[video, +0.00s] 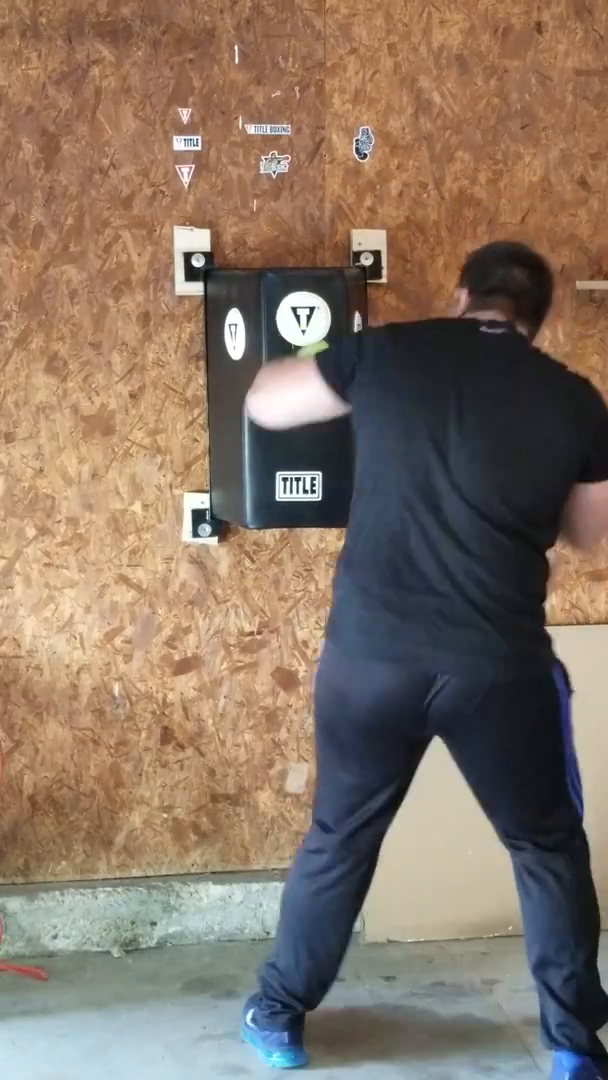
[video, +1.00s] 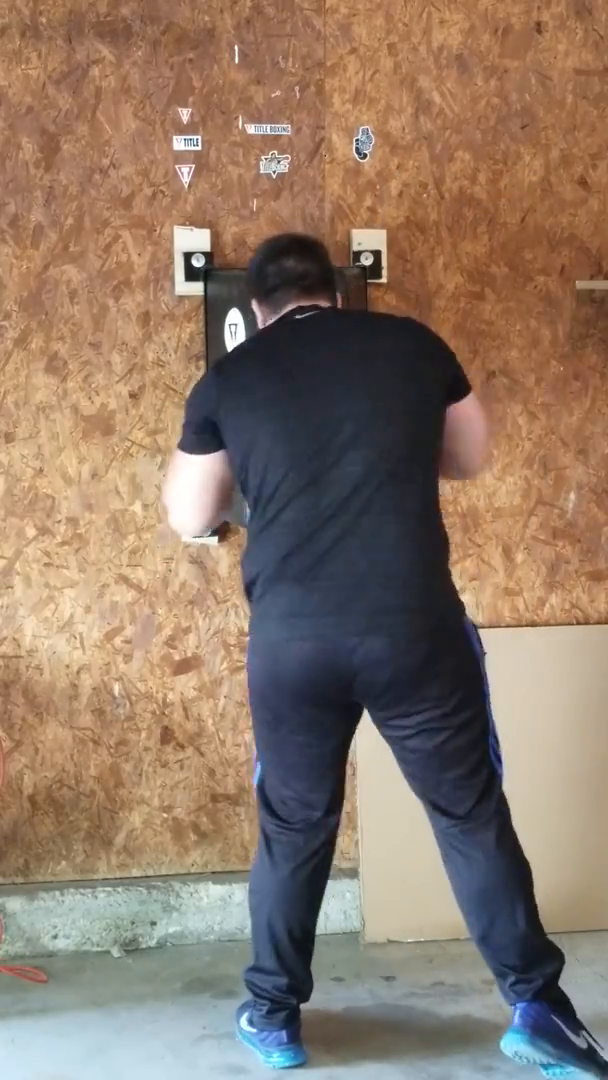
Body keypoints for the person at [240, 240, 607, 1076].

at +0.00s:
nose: (449, 305)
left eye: (452, 296)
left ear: (459, 297)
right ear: (539, 319)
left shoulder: (385, 354)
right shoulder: (574, 401)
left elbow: (265, 403)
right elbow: (590, 537)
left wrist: (343, 372)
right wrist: (522, 479)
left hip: (370, 647)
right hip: (497, 661)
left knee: (337, 835)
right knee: (545, 842)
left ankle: (276, 1014)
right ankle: (574, 1041)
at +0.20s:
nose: (328, 327)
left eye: (325, 315)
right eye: (325, 317)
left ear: (343, 309)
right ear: (417, 299)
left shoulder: (347, 366)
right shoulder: (499, 382)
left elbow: (249, 464)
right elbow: (477, 483)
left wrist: (284, 386)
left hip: (368, 641)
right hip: (478, 646)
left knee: (304, 828)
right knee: (491, 823)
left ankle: (272, 1014)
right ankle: (562, 1010)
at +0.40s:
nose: (249, 373)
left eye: (243, 359)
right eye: (244, 362)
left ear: (258, 344)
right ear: (320, 307)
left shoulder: (324, 388)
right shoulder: (407, 366)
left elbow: (254, 520)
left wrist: (233, 441)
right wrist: (268, 440)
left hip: (376, 635)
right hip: (480, 626)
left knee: (304, 829)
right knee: (473, 824)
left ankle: (273, 1014)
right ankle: (550, 1009)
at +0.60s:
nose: (231, 346)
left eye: (230, 332)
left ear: (242, 325)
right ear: (320, 297)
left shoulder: (240, 387)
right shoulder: (411, 340)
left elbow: (208, 525)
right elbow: (457, 442)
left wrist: (148, 545)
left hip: (321, 639)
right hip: (438, 623)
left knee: (300, 825)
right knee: (497, 807)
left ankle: (276, 1015)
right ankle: (567, 1005)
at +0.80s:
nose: (353, 294)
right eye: (352, 284)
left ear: (267, 301)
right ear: (349, 286)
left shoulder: (236, 381)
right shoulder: (390, 339)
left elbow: (165, 478)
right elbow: (486, 415)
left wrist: (240, 447)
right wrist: (406, 382)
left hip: (305, 647)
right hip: (417, 630)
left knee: (317, 820)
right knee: (490, 812)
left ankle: (273, 1011)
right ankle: (545, 1006)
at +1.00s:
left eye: (254, 314)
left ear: (259, 311)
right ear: (338, 293)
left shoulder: (227, 378)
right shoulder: (410, 340)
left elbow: (191, 517)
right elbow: (470, 457)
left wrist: (240, 477)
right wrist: (387, 440)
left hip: (293, 638)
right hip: (415, 625)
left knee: (292, 826)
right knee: (471, 813)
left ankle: (273, 1014)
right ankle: (537, 1002)